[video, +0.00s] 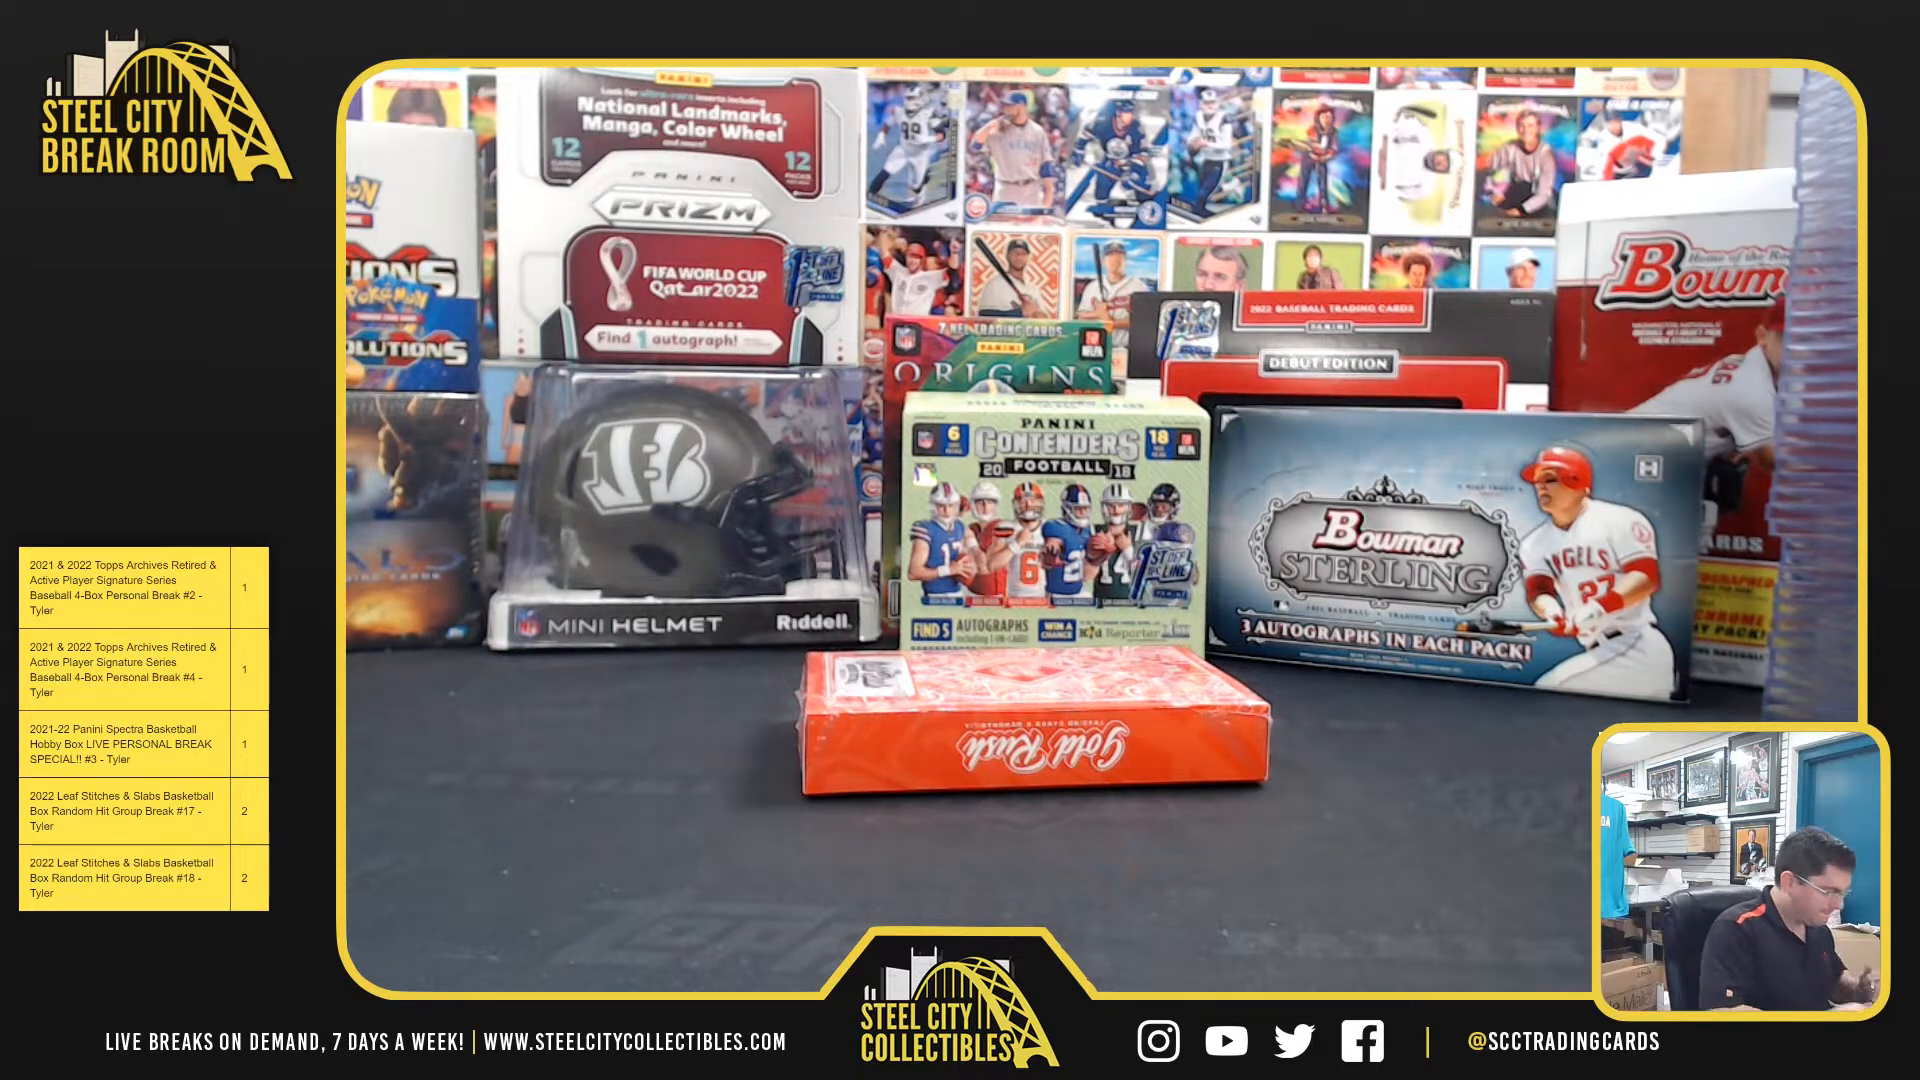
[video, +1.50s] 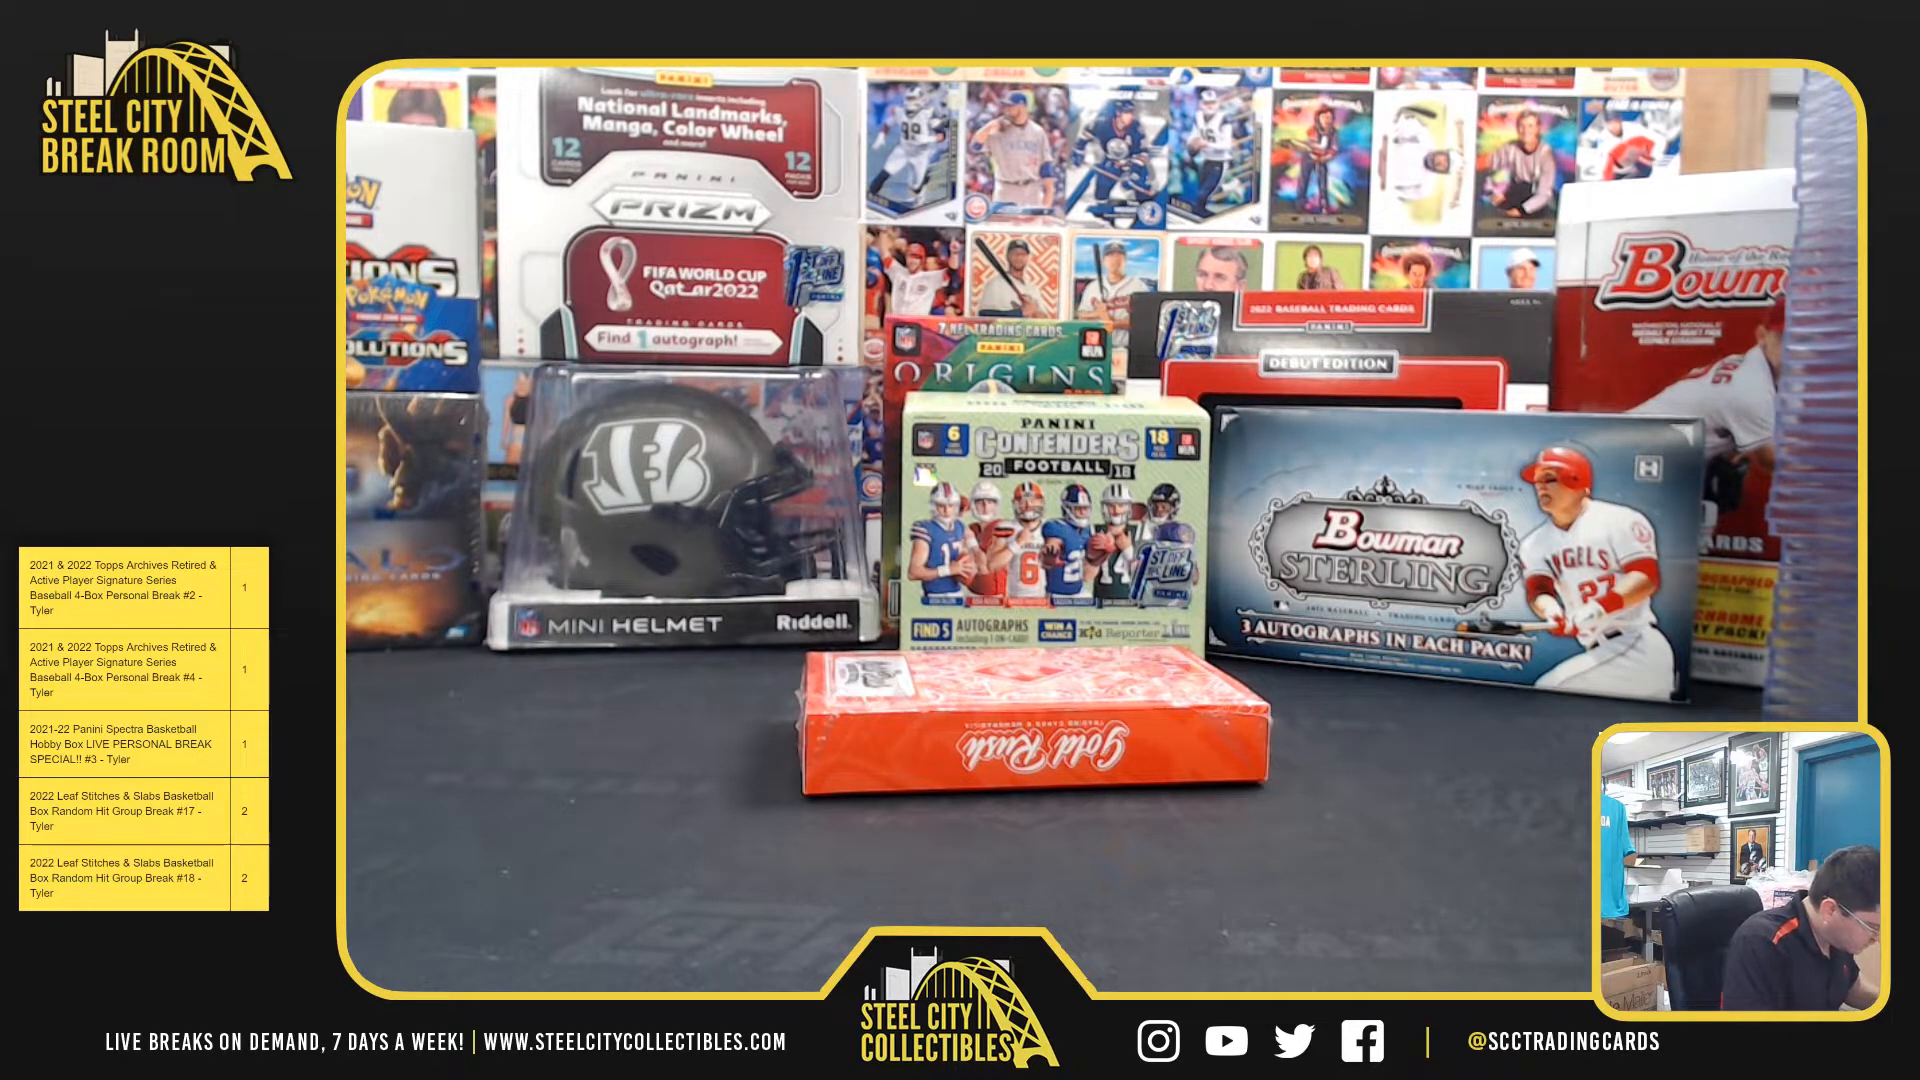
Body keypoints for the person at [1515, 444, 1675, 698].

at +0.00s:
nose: (1540, 489)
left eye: (1550, 480)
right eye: (1537, 483)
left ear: (1579, 485)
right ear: (1533, 487)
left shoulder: (1624, 521)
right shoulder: (1534, 545)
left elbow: (1646, 577)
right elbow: (1538, 591)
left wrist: (1600, 607)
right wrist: (1554, 614)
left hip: (1638, 648)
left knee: (1546, 692)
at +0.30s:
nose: (1540, 489)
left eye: (1550, 480)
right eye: (1537, 483)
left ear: (1579, 485)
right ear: (1533, 487)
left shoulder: (1624, 521)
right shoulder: (1534, 545)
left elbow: (1646, 577)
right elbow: (1538, 591)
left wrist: (1600, 607)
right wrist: (1554, 614)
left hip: (1638, 647)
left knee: (1545, 693)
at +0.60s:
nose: (1540, 489)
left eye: (1550, 480)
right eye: (1537, 482)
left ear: (1579, 485)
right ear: (1533, 487)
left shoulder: (1624, 521)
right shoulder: (1534, 545)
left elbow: (1646, 577)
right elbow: (1538, 591)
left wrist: (1600, 607)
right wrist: (1554, 614)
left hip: (1638, 647)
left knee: (1546, 693)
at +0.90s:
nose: (1540, 489)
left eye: (1549, 480)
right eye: (1537, 483)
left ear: (1578, 484)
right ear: (1533, 487)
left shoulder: (1624, 521)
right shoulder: (1534, 545)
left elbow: (1646, 577)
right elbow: (1538, 591)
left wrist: (1599, 608)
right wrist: (1553, 613)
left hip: (1637, 647)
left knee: (1547, 691)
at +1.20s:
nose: (1540, 489)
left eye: (1549, 480)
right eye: (1537, 483)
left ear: (1579, 485)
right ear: (1533, 487)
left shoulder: (1624, 521)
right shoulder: (1534, 545)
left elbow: (1646, 578)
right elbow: (1538, 591)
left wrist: (1599, 608)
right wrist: (1553, 613)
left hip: (1638, 647)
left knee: (1547, 691)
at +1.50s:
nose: (1540, 489)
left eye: (1549, 480)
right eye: (1537, 483)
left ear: (1578, 484)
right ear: (1533, 487)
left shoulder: (1624, 521)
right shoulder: (1534, 545)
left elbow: (1646, 578)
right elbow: (1538, 591)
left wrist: (1599, 608)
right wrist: (1553, 613)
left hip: (1638, 647)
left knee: (1547, 691)